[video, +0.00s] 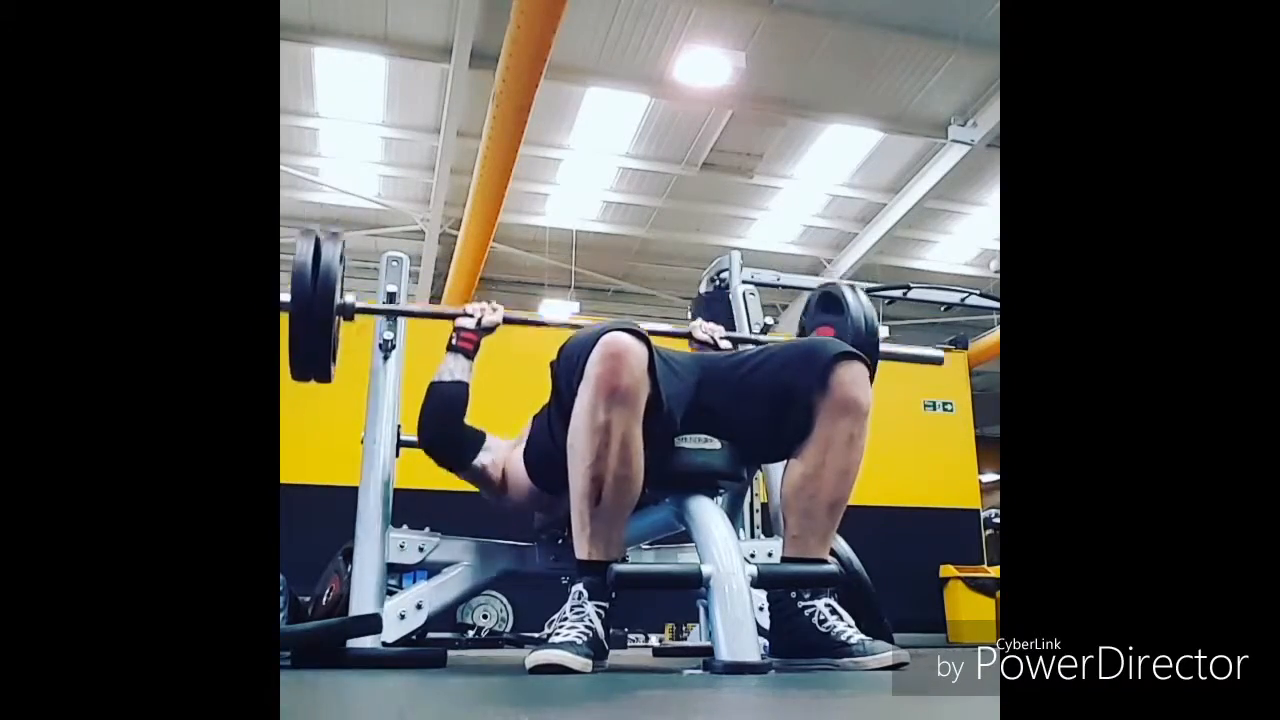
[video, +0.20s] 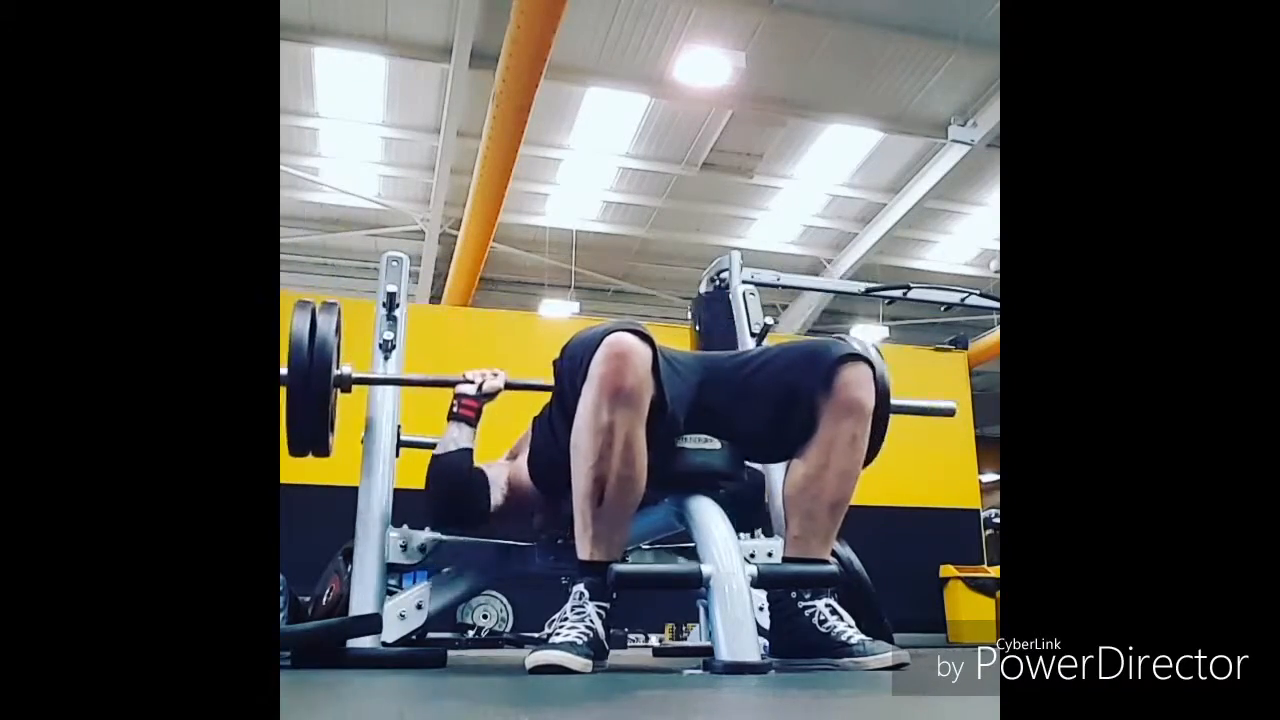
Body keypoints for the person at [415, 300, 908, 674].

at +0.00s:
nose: (491, 464)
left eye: (494, 464)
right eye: (490, 471)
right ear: (499, 475)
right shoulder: (517, 467)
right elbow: (440, 433)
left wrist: (717, 356)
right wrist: (465, 340)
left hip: (708, 389)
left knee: (846, 377)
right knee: (619, 355)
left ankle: (799, 609)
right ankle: (587, 606)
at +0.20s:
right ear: (494, 508)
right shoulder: (525, 490)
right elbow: (450, 498)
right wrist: (466, 407)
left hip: (701, 375)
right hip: (627, 361)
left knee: (850, 375)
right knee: (622, 356)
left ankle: (801, 606)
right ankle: (588, 606)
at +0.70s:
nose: (493, 448)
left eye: (497, 449)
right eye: (491, 455)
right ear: (499, 470)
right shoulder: (513, 471)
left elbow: (732, 404)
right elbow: (446, 408)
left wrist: (723, 335)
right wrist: (463, 317)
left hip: (699, 386)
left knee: (843, 376)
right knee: (623, 354)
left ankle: (799, 608)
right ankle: (586, 607)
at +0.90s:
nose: (495, 430)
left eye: (496, 431)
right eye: (490, 440)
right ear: (500, 465)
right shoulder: (524, 466)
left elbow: (723, 382)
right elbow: (463, 379)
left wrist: (713, 310)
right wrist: (466, 281)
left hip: (693, 384)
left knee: (843, 374)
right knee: (621, 352)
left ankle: (799, 606)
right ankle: (588, 605)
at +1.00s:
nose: (502, 427)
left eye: (502, 430)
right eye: (496, 433)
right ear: (515, 471)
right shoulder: (527, 466)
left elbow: (720, 367)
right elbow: (478, 378)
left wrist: (712, 293)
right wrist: (467, 276)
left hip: (696, 381)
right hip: (622, 363)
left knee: (843, 373)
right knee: (619, 351)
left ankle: (798, 607)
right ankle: (586, 606)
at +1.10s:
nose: (500, 427)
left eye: (502, 427)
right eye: (493, 433)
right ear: (504, 455)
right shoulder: (527, 463)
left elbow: (718, 364)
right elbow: (476, 371)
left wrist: (711, 290)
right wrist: (468, 272)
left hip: (703, 383)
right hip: (627, 363)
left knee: (844, 373)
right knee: (618, 351)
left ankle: (799, 605)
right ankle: (585, 605)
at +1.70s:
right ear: (499, 509)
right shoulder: (518, 483)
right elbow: (448, 506)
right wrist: (464, 416)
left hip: (704, 375)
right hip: (625, 357)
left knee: (851, 376)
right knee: (623, 358)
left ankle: (801, 607)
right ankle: (588, 607)